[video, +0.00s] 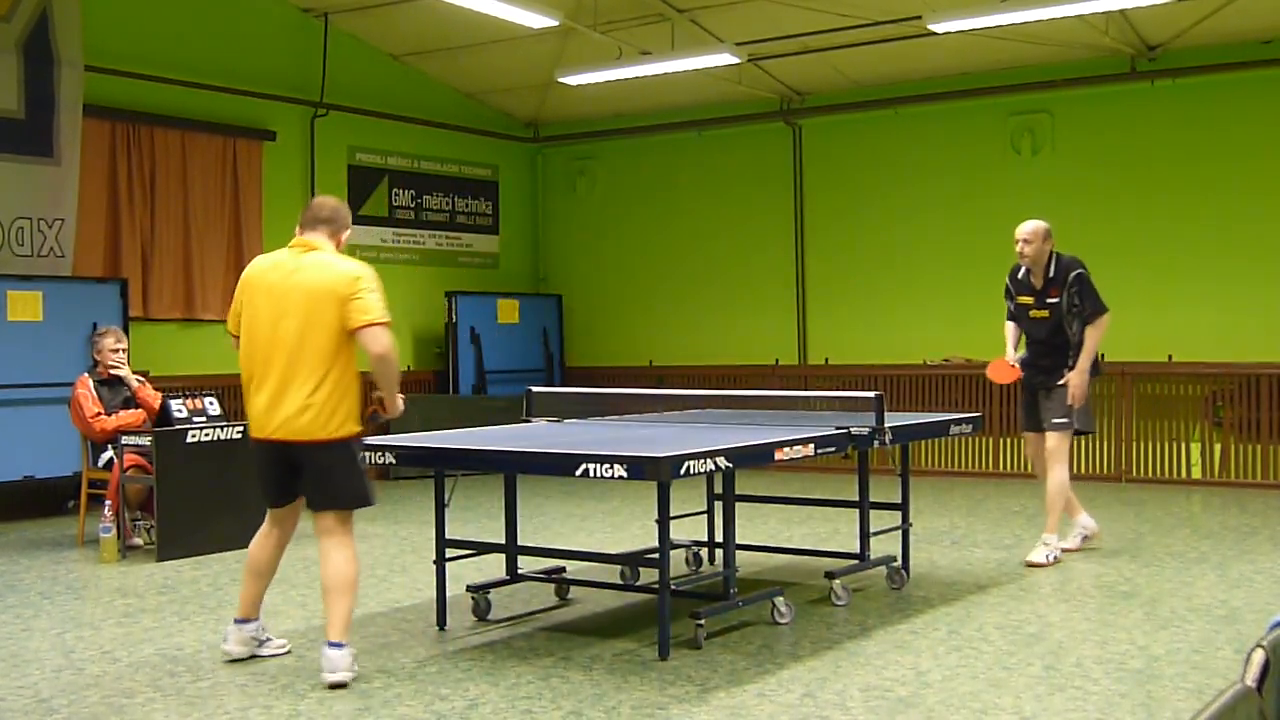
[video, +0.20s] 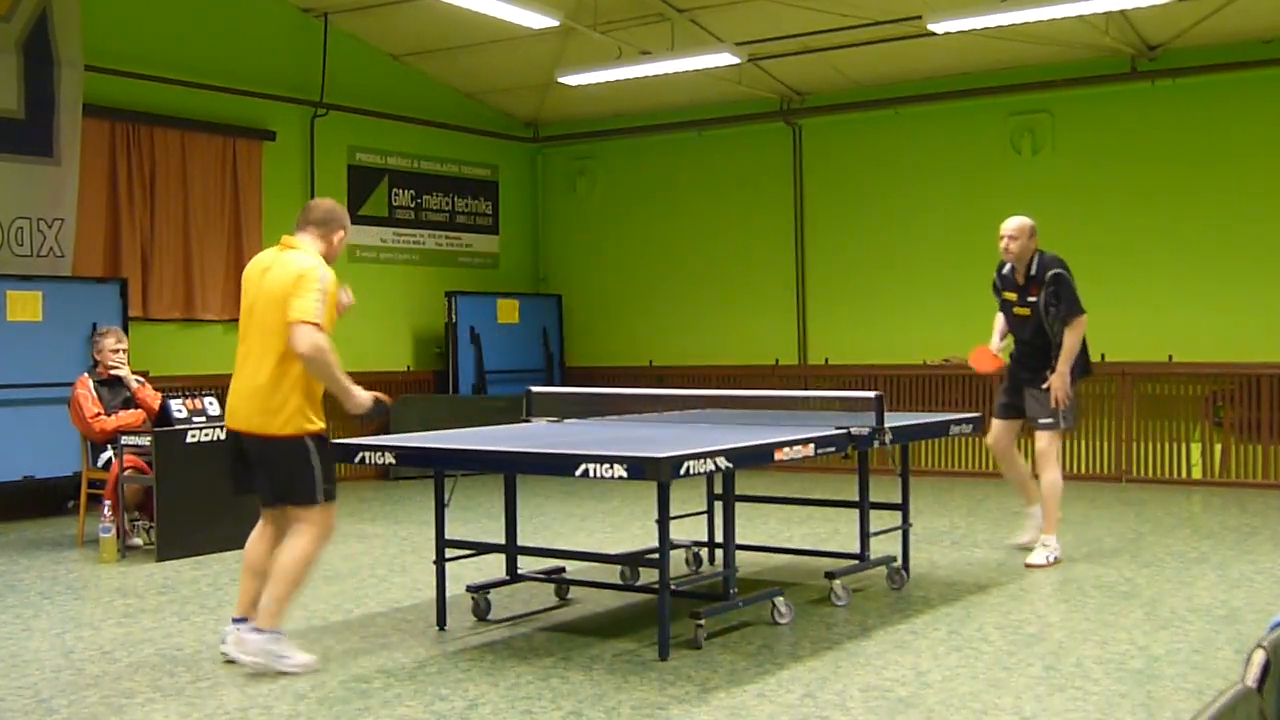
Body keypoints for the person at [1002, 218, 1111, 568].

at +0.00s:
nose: (1020, 248)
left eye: (1027, 242)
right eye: (1017, 242)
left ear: (1047, 245)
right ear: (1016, 245)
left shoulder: (1070, 272)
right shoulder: (1016, 276)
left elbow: (1099, 319)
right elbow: (1012, 318)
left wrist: (1082, 370)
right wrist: (1010, 351)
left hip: (1063, 372)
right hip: (1031, 372)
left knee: (1057, 455)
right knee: (1038, 456)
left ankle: (1050, 540)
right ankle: (1082, 521)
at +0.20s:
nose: (1005, 244)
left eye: (1012, 238)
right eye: (1002, 238)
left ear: (1032, 242)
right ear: (1000, 242)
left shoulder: (1052, 271)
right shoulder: (1003, 272)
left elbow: (1077, 322)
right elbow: (1005, 309)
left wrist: (1062, 372)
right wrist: (996, 340)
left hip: (1051, 370)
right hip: (1019, 367)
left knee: (1046, 452)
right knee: (999, 442)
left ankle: (1049, 540)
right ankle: (1036, 510)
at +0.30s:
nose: (1000, 245)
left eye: (1007, 239)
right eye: (996, 240)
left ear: (1025, 242)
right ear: (992, 244)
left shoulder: (1044, 271)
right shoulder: (996, 273)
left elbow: (1071, 322)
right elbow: (999, 307)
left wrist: (1057, 371)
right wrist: (988, 334)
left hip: (1048, 369)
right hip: (1016, 366)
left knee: (1043, 450)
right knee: (993, 439)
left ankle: (1049, 540)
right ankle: (1012, 517)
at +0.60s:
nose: (969, 264)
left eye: (975, 258)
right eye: (963, 258)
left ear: (991, 260)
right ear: (958, 262)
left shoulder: (1013, 283)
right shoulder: (958, 288)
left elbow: (1047, 330)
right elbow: (952, 325)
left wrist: (1039, 382)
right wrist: (947, 339)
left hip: (1023, 373)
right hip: (986, 372)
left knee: (1031, 451)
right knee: (960, 445)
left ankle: (1047, 541)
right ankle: (952, 528)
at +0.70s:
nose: (962, 266)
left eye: (969, 260)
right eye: (957, 261)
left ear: (984, 261)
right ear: (952, 263)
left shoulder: (1008, 286)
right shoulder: (951, 290)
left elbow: (1043, 330)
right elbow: (941, 326)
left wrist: (1032, 382)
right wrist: (940, 338)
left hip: (1017, 375)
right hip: (978, 376)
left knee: (1028, 451)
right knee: (951, 446)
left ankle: (1046, 540)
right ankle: (952, 529)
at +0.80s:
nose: (954, 272)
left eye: (960, 266)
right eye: (950, 266)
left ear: (979, 266)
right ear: (947, 268)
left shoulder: (1004, 289)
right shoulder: (946, 294)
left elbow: (1040, 332)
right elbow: (933, 332)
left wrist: (1027, 384)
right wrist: (939, 341)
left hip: (1015, 379)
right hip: (974, 379)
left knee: (1027, 449)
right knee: (945, 447)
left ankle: (1045, 538)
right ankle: (951, 529)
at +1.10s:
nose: (954, 285)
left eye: (961, 279)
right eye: (951, 279)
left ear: (981, 280)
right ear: (949, 281)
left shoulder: (1007, 303)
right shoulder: (952, 306)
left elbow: (1046, 346)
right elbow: (948, 335)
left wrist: (1032, 395)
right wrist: (947, 348)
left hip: (1021, 383)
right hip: (981, 380)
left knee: (1026, 453)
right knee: (938, 442)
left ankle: (1045, 539)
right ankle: (931, 517)